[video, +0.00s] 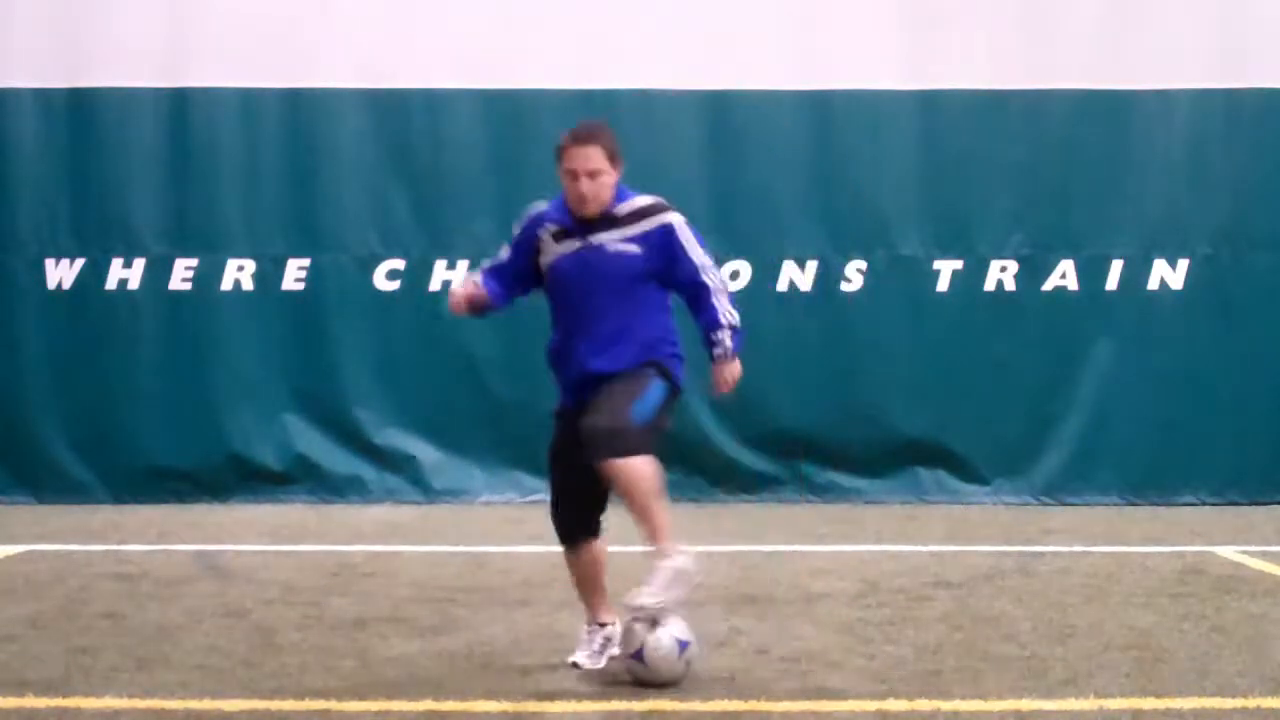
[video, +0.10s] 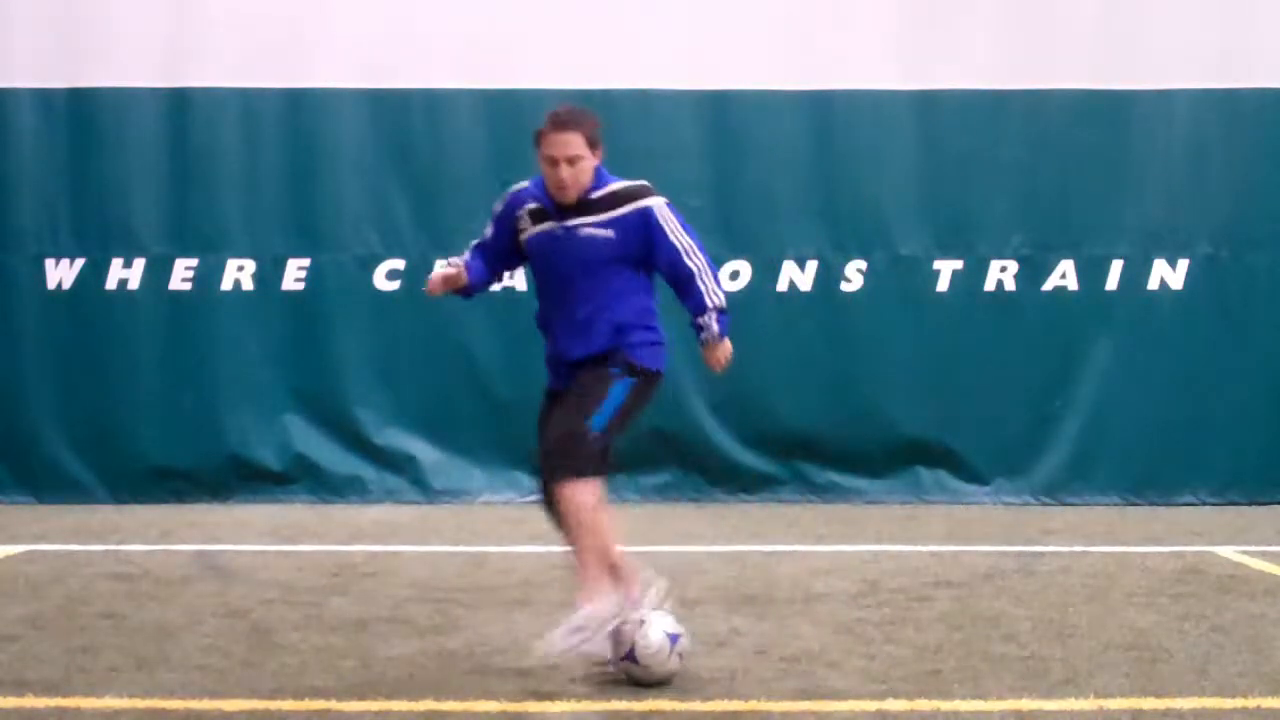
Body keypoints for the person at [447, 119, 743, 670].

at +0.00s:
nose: (582, 187)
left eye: (593, 175)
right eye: (572, 176)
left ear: (616, 173)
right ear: (560, 177)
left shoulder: (654, 219)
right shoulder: (544, 228)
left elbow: (704, 281)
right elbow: (512, 273)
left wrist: (724, 346)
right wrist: (479, 291)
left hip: (646, 369)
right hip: (582, 385)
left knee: (610, 435)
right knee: (573, 518)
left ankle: (670, 556)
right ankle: (602, 624)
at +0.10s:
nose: (562, 174)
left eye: (572, 161)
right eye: (551, 162)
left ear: (595, 158)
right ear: (538, 162)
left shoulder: (635, 201)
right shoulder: (523, 207)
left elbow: (688, 261)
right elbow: (493, 255)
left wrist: (712, 325)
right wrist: (463, 274)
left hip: (626, 357)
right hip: (568, 366)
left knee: (569, 452)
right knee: (557, 489)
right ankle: (633, 587)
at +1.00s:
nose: (702, 146)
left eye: (712, 136)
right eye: (691, 135)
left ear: (727, 139)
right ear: (668, 137)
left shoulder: (754, 195)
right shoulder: (634, 193)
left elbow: (789, 265)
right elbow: (599, 261)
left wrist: (789, 320)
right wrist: (587, 327)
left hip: (732, 361)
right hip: (657, 357)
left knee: (750, 493)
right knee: (660, 451)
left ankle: (737, 623)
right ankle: (678, 580)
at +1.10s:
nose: (740, 172)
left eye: (750, 162)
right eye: (728, 161)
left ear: (765, 167)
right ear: (708, 166)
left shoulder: (789, 223)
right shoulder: (676, 219)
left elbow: (819, 290)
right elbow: (633, 294)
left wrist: (843, 344)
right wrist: (631, 362)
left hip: (761, 380)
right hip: (693, 367)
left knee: (758, 515)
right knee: (728, 436)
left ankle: (731, 635)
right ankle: (705, 585)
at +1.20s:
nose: (785, 168)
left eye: (795, 156)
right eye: (773, 156)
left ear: (807, 157)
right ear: (749, 156)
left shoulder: (815, 205)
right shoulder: (712, 210)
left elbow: (832, 265)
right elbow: (670, 284)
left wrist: (868, 313)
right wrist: (661, 358)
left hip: (786, 363)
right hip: (718, 352)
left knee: (783, 494)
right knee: (784, 422)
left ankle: (734, 625)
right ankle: (751, 557)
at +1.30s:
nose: (828, 165)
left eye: (838, 154)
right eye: (816, 153)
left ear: (848, 154)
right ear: (790, 153)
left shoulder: (846, 207)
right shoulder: (754, 200)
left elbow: (854, 259)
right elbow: (702, 268)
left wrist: (879, 303)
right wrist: (688, 352)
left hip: (803, 365)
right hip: (747, 359)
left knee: (813, 509)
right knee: (832, 463)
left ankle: (723, 582)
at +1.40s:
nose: (867, 198)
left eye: (876, 186)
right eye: (855, 186)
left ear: (885, 187)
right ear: (827, 183)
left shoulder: (871, 229)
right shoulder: (799, 228)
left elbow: (865, 283)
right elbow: (748, 302)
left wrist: (887, 317)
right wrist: (714, 385)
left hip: (825, 397)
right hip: (785, 399)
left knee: (849, 521)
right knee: (867, 516)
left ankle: (730, 567)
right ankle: (885, 662)